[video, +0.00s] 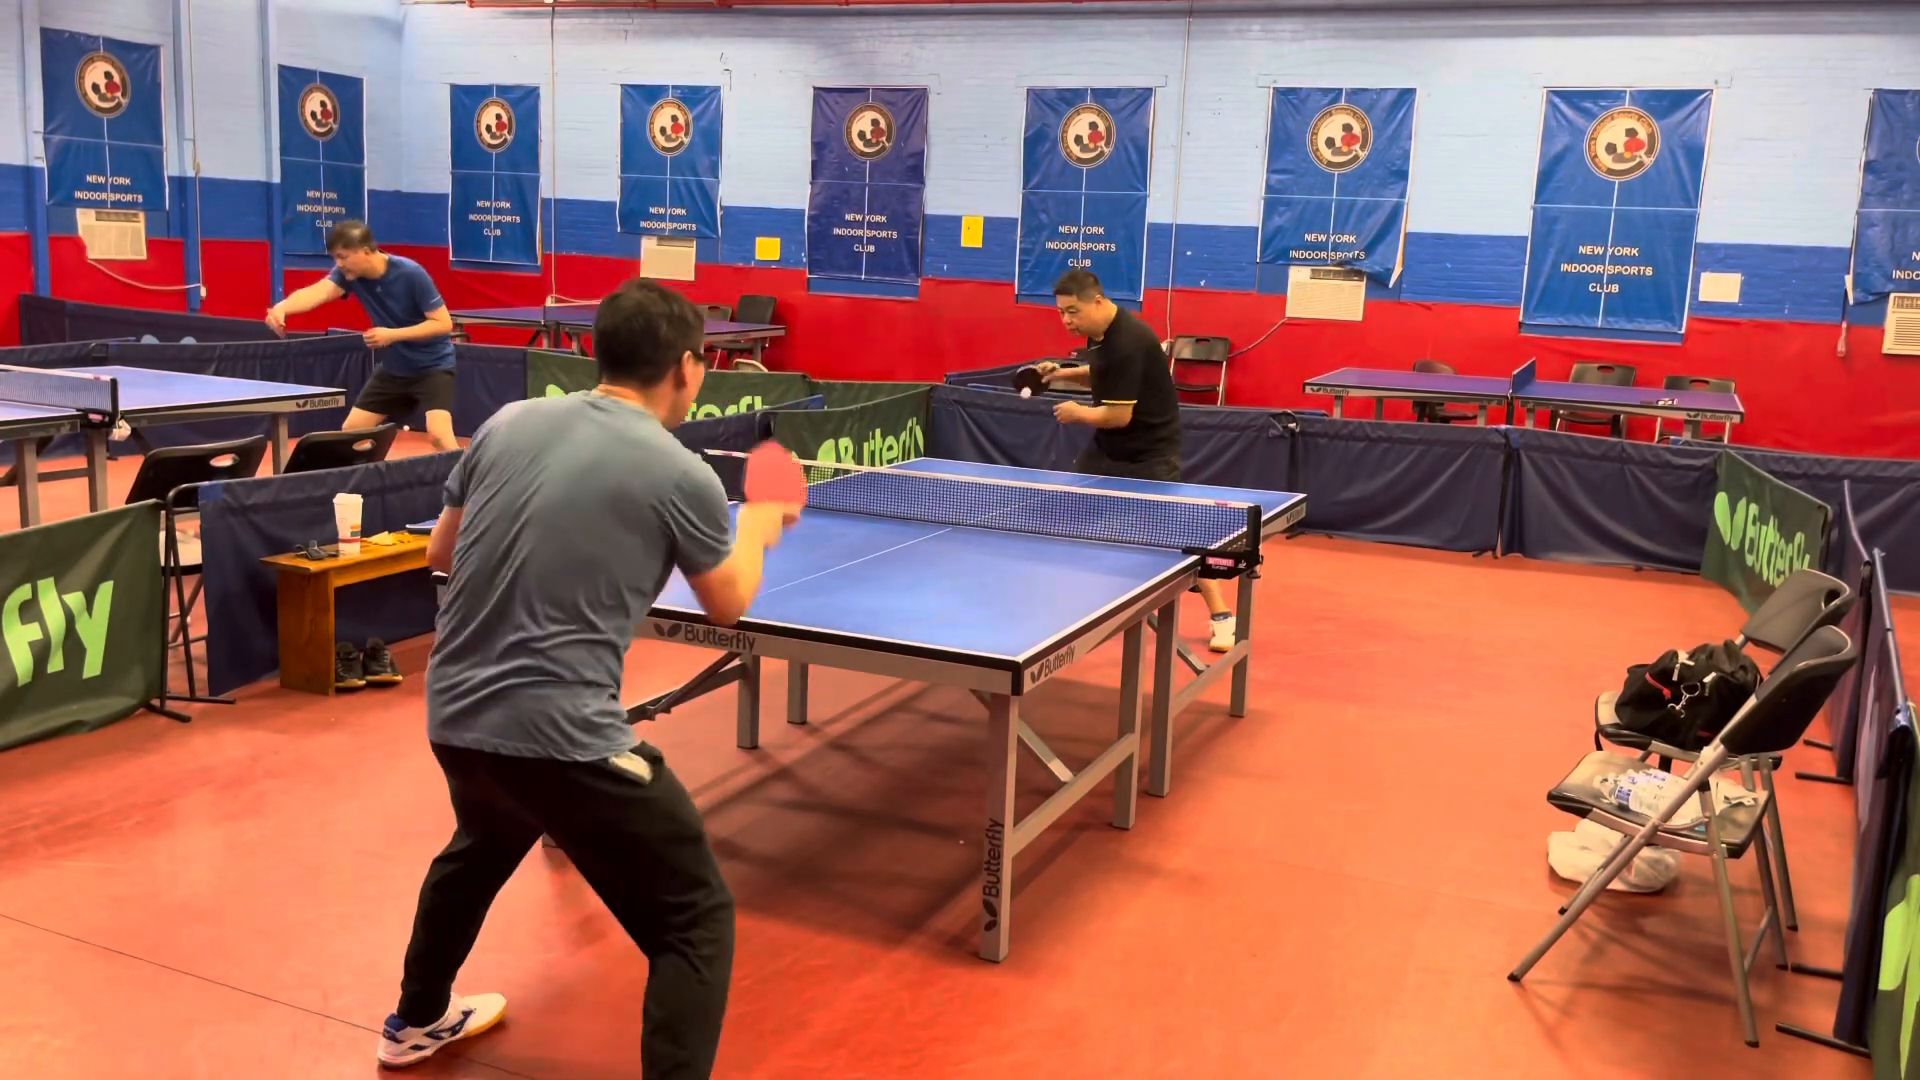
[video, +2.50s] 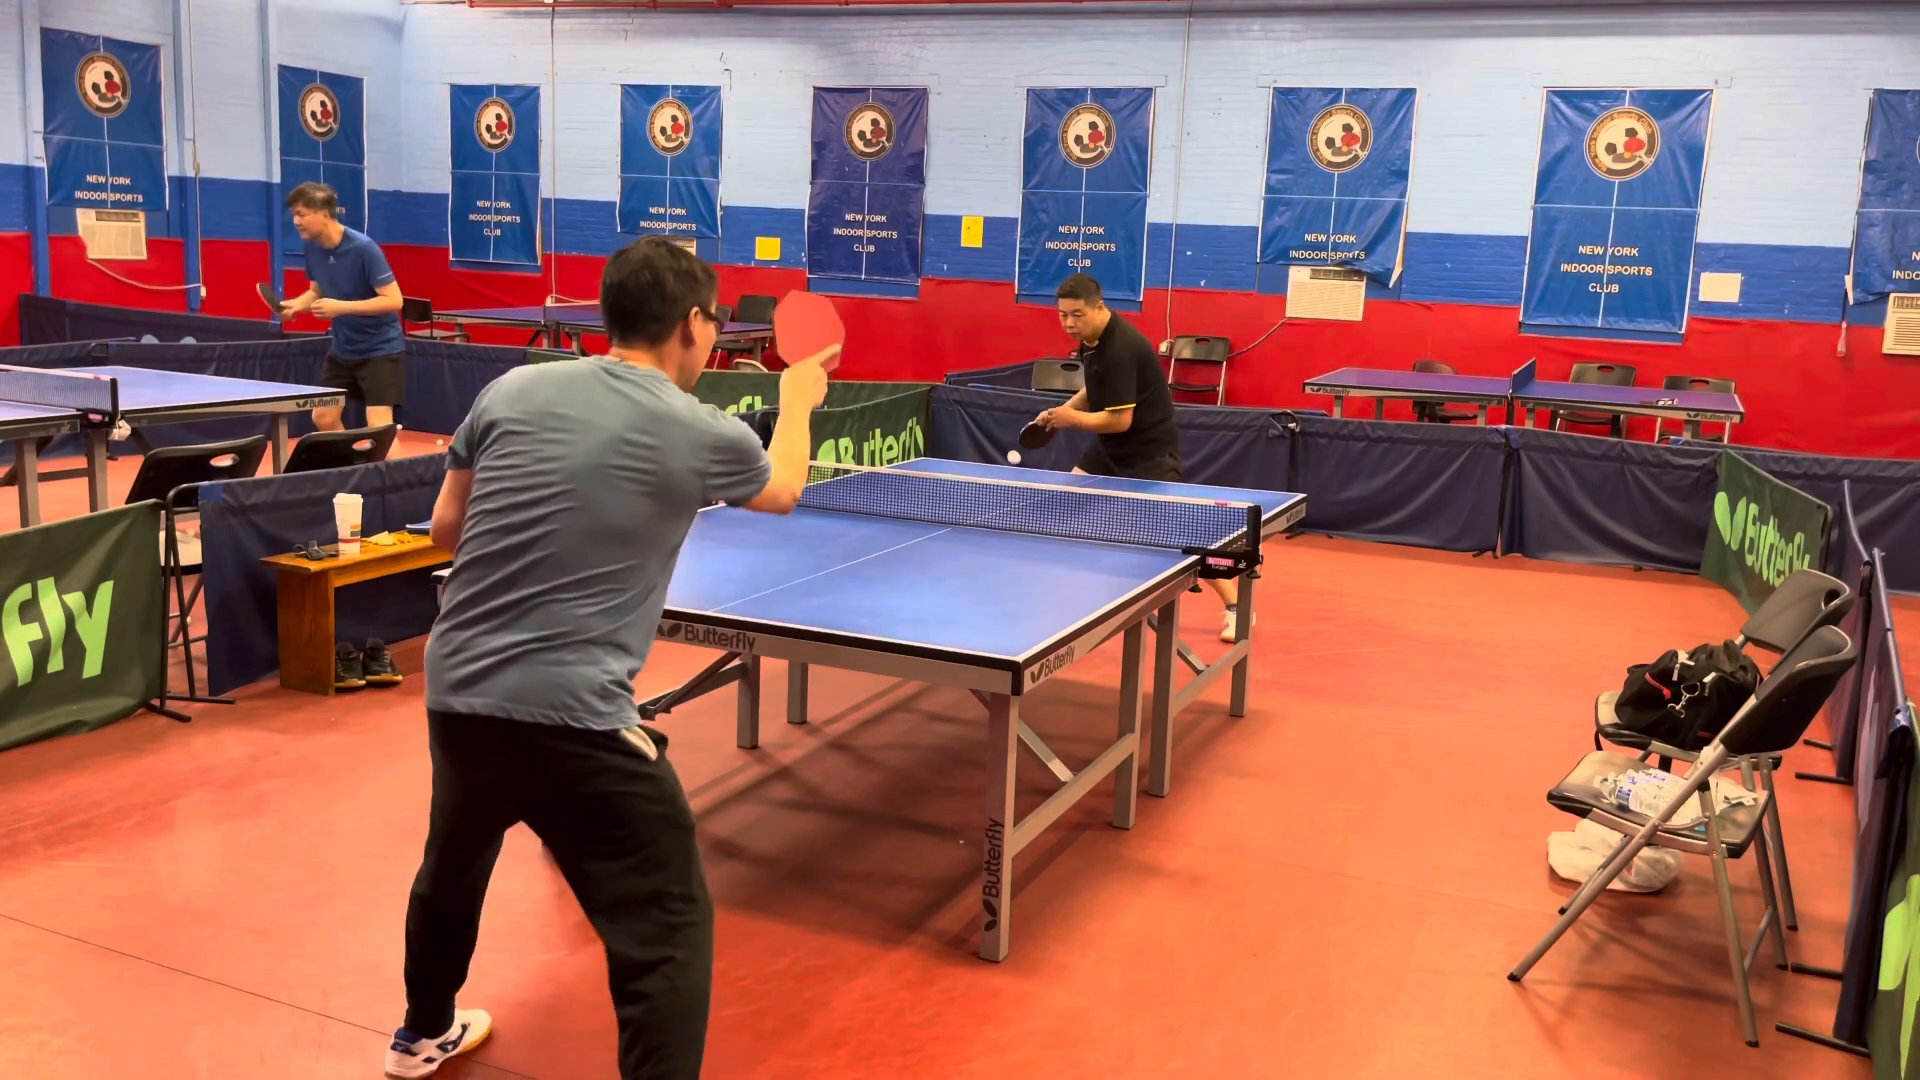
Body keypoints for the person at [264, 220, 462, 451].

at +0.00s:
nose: (338, 265)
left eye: (343, 257)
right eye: (336, 259)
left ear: (365, 251)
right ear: (363, 252)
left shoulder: (412, 274)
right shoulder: (349, 274)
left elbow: (443, 324)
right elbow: (319, 292)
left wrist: (393, 335)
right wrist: (282, 308)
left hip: (434, 367)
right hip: (393, 368)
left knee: (440, 436)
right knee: (351, 431)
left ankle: (469, 491)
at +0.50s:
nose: (342, 264)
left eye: (345, 256)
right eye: (340, 257)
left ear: (368, 251)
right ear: (366, 252)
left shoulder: (415, 274)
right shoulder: (368, 281)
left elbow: (447, 327)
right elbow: (375, 312)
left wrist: (393, 337)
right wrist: (342, 330)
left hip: (442, 365)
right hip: (404, 366)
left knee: (439, 436)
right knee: (364, 432)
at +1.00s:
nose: (310, 245)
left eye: (314, 238)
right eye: (307, 239)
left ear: (336, 233)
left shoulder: (382, 256)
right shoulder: (318, 260)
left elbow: (420, 304)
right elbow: (294, 289)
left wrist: (371, 319)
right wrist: (268, 308)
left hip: (406, 351)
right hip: (366, 353)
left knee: (403, 423)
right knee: (344, 423)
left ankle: (420, 492)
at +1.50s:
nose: (283, 241)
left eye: (288, 234)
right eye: (281, 235)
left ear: (311, 232)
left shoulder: (353, 261)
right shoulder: (296, 263)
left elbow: (388, 311)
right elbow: (296, 304)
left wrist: (339, 325)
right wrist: (272, 332)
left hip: (373, 354)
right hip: (335, 355)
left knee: (367, 426)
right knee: (316, 421)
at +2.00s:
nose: (267, 226)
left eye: (273, 219)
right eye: (266, 220)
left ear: (296, 219)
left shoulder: (337, 251)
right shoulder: (284, 254)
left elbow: (372, 299)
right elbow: (289, 299)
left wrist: (320, 312)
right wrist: (261, 318)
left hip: (359, 354)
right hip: (321, 353)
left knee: (364, 429)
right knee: (305, 422)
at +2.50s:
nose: (295, 221)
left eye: (301, 214)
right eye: (294, 215)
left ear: (324, 214)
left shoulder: (364, 248)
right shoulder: (312, 248)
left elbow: (394, 300)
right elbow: (316, 291)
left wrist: (341, 307)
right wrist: (296, 305)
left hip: (381, 351)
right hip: (342, 350)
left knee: (379, 425)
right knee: (324, 417)